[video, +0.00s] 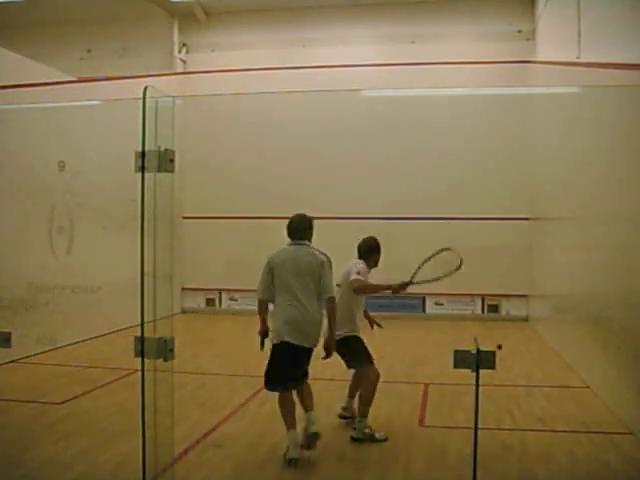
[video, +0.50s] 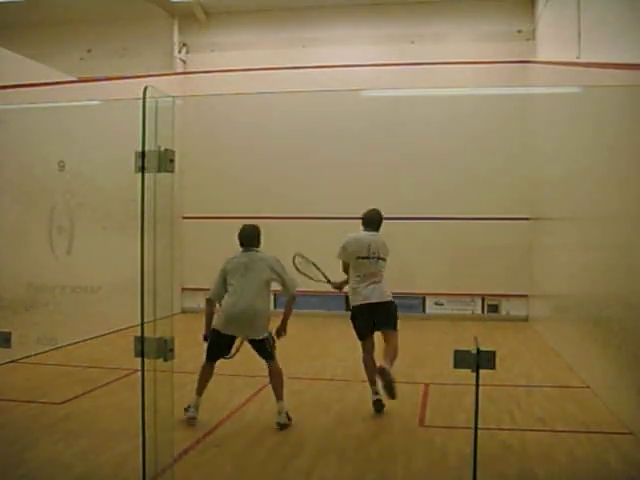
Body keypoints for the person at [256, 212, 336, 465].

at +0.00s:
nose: (309, 234)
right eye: (310, 230)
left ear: (287, 233)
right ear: (311, 233)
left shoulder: (275, 259)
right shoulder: (321, 260)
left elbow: (262, 298)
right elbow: (330, 301)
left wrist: (263, 325)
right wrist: (331, 336)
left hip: (283, 331)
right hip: (310, 332)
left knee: (283, 387)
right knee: (301, 378)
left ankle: (292, 442)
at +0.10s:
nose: (302, 229)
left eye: (300, 225)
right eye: (302, 226)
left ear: (277, 228)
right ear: (299, 228)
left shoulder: (263, 252)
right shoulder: (307, 254)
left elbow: (252, 291)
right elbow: (313, 293)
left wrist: (254, 318)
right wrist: (314, 326)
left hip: (264, 322)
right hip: (293, 324)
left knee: (275, 380)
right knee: (278, 376)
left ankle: (287, 434)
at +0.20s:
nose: (292, 234)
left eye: (289, 230)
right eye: (291, 230)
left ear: (267, 233)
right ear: (289, 233)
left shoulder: (253, 257)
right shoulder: (297, 260)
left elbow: (241, 295)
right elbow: (302, 298)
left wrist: (243, 323)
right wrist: (301, 330)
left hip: (253, 325)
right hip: (279, 329)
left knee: (257, 375)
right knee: (262, 374)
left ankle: (269, 418)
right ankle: (249, 415)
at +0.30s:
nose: (280, 234)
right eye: (279, 231)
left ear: (257, 234)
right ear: (278, 235)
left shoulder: (244, 258)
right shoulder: (286, 261)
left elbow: (231, 295)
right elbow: (295, 300)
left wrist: (230, 324)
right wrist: (293, 331)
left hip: (244, 324)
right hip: (271, 326)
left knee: (236, 366)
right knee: (260, 369)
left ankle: (246, 403)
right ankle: (249, 413)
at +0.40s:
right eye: (267, 229)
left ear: (248, 233)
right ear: (268, 233)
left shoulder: (236, 255)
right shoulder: (277, 256)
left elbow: (221, 292)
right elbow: (294, 291)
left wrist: (219, 323)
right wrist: (285, 317)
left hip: (236, 315)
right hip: (264, 316)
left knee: (224, 357)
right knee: (268, 357)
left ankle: (221, 406)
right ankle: (258, 404)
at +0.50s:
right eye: (258, 239)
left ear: (239, 242)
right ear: (259, 241)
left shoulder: (229, 263)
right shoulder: (269, 261)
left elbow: (211, 299)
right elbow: (291, 293)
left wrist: (207, 329)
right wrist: (283, 323)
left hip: (227, 319)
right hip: (257, 321)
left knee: (209, 361)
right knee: (272, 363)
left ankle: (194, 406)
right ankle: (281, 411)